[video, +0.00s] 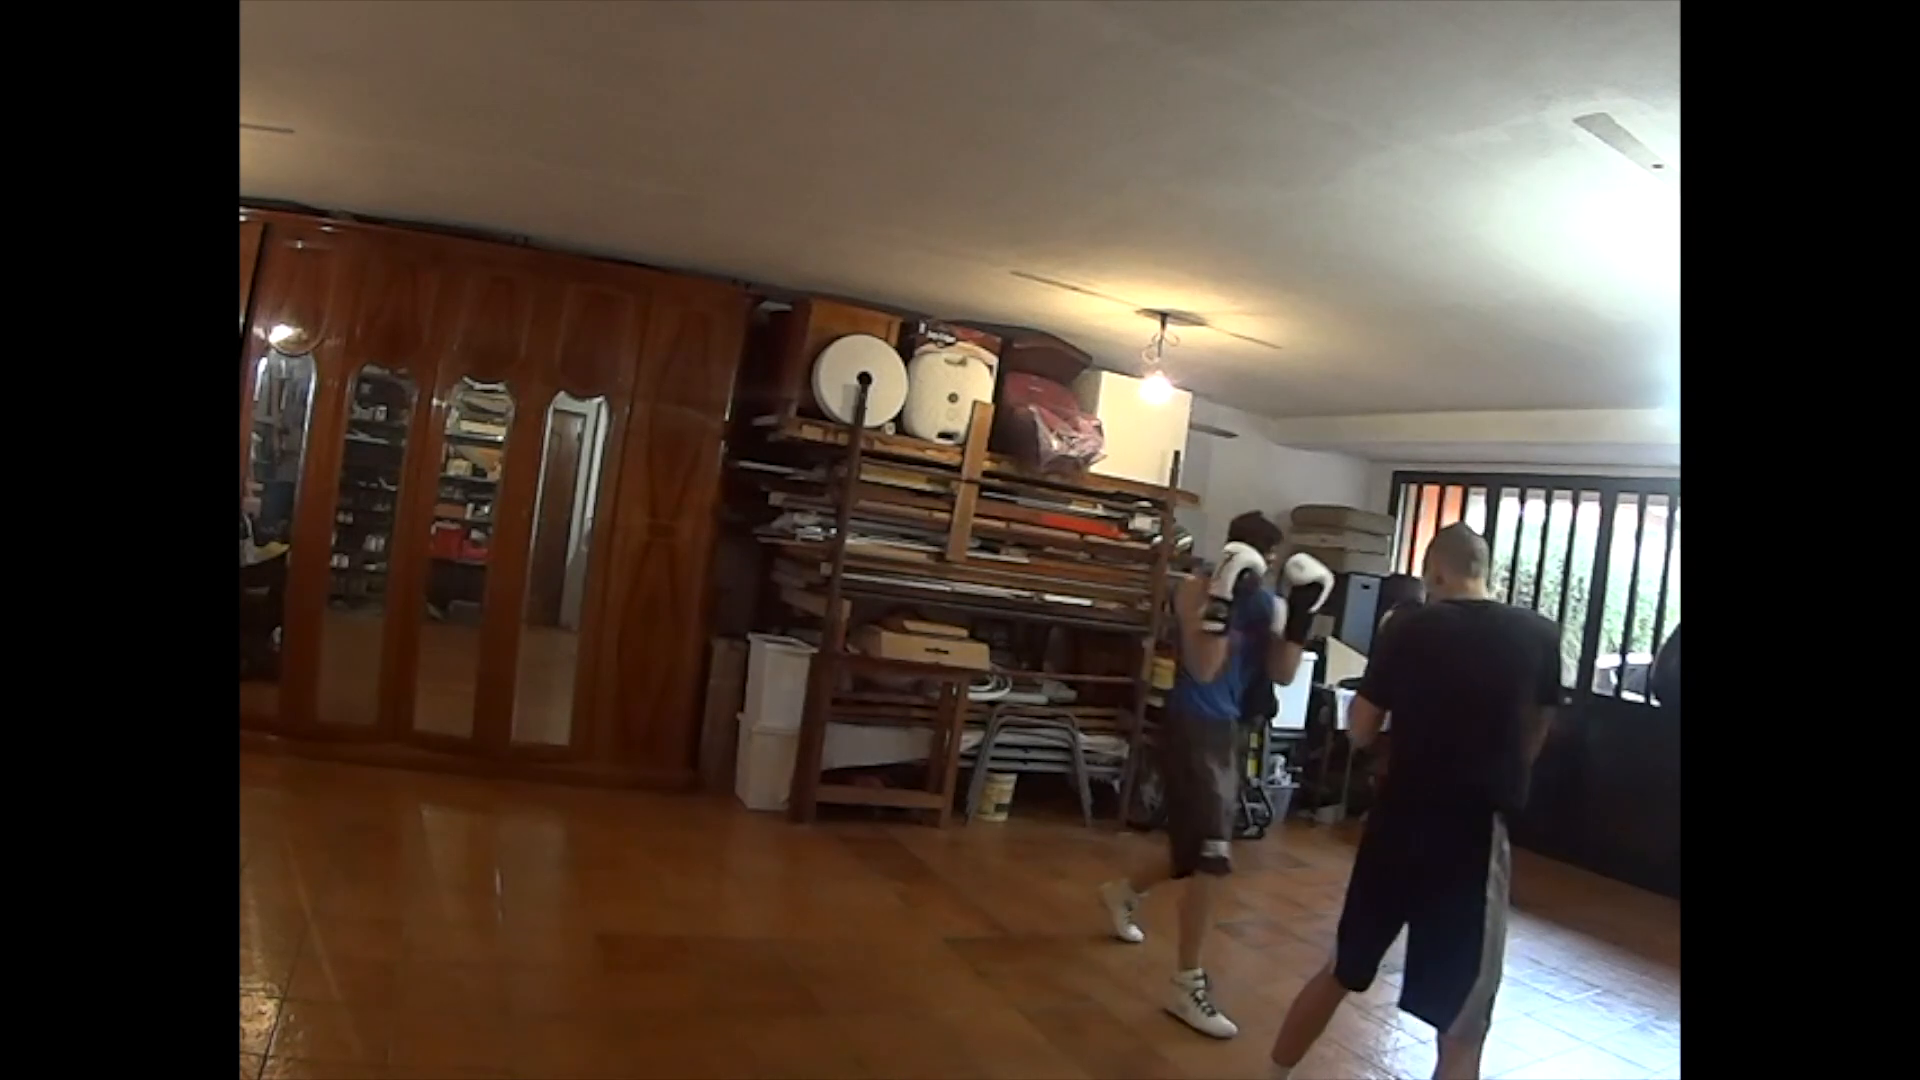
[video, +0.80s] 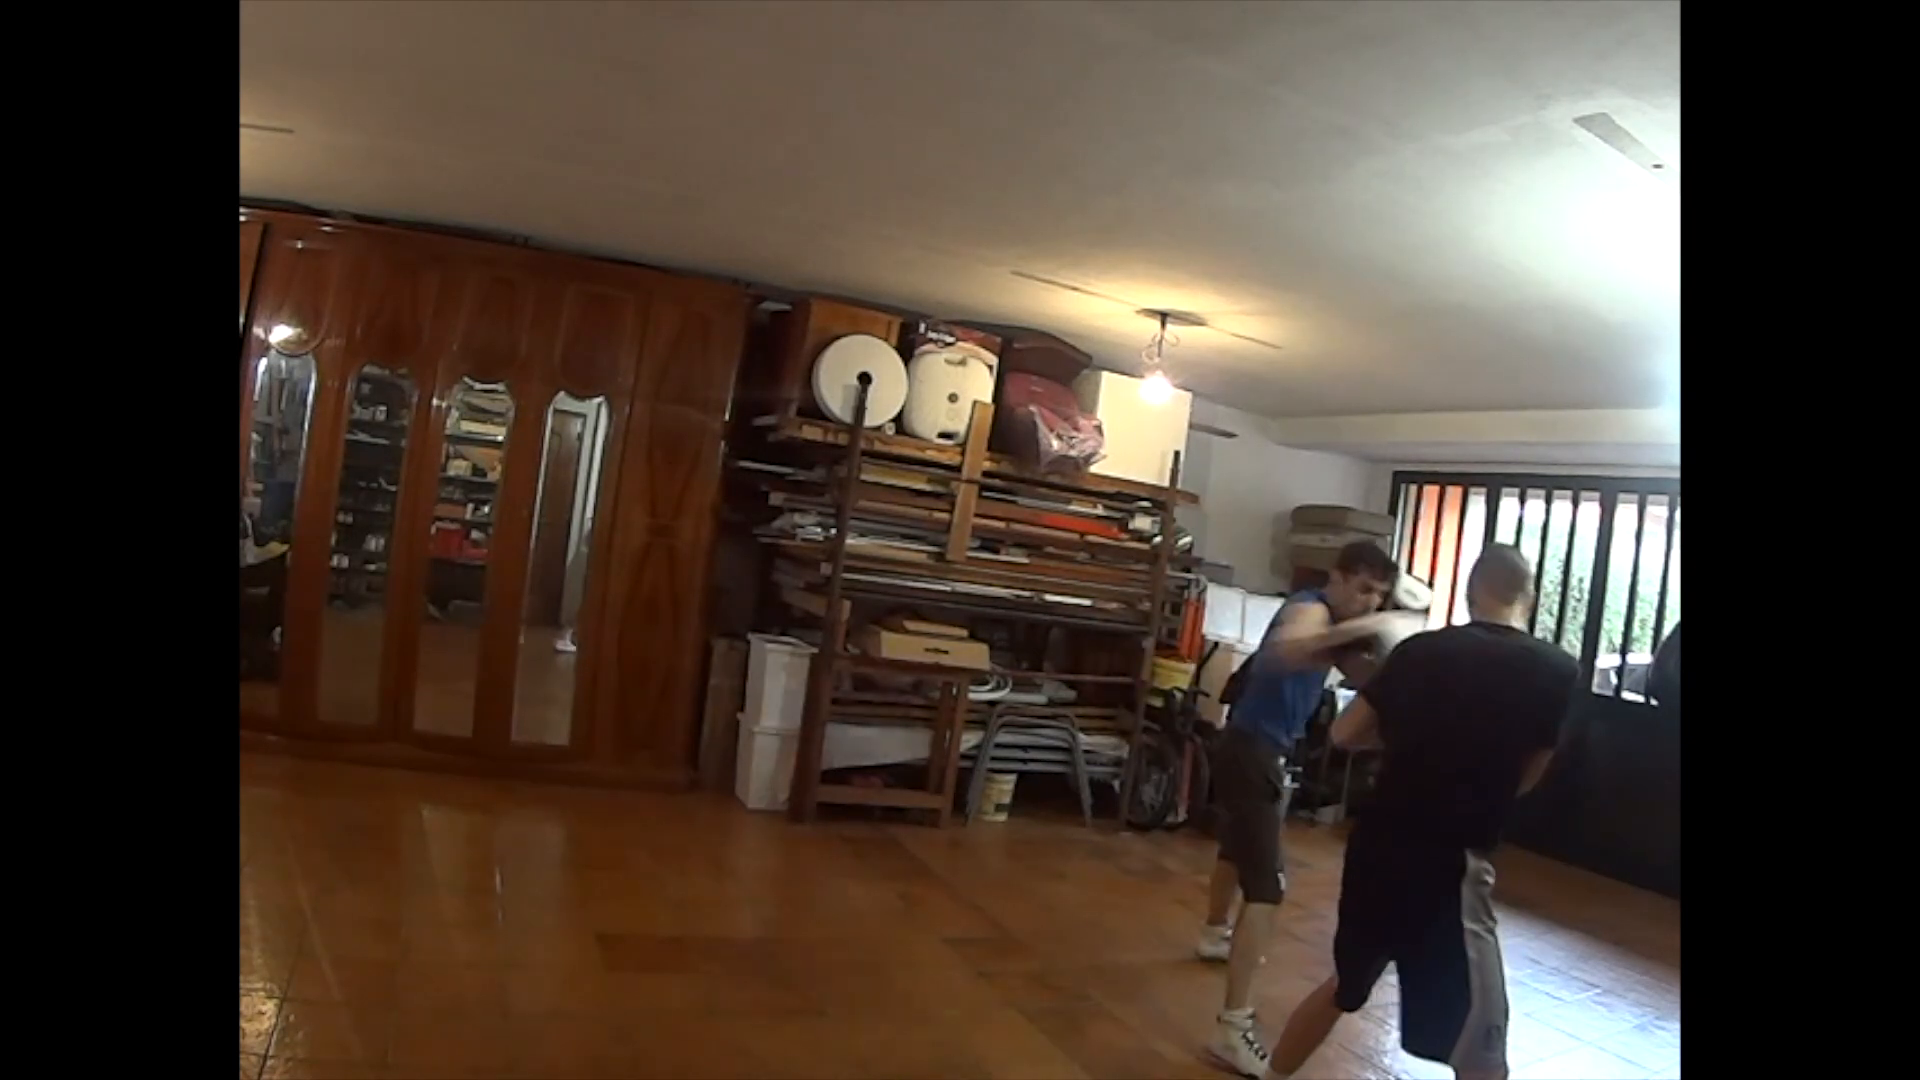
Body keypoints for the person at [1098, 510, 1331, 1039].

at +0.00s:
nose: (1269, 568)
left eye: (1272, 561)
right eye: (1266, 558)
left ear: (1265, 563)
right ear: (1241, 553)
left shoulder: (1260, 602)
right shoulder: (1195, 588)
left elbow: (1282, 670)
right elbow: (1202, 667)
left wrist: (1300, 613)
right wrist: (1221, 598)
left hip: (1226, 731)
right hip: (1192, 728)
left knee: (1199, 849)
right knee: (1210, 857)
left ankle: (1124, 890)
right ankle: (1188, 983)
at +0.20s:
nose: (1291, 565)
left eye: (1294, 559)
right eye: (1286, 555)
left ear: (1291, 561)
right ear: (1260, 549)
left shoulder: (1287, 594)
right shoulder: (1219, 587)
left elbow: (1311, 662)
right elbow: (1246, 663)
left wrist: (1323, 599)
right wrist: (1253, 588)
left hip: (1253, 729)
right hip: (1214, 727)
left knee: (1235, 840)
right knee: (1217, 864)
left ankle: (1182, 913)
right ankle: (1189, 983)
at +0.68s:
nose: (1342, 594)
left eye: (1349, 586)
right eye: (1336, 582)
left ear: (1350, 586)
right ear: (1308, 571)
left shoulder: (1331, 623)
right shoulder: (1262, 612)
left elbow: (1364, 683)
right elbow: (1224, 686)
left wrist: (1388, 623)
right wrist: (1270, 657)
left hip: (1282, 751)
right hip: (1248, 746)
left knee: (1262, 856)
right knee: (1275, 882)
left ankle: (1216, 933)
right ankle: (1244, 1010)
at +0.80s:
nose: (1368, 601)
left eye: (1375, 596)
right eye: (1364, 589)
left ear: (1375, 597)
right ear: (1337, 576)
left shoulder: (1335, 625)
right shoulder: (1310, 609)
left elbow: (1371, 677)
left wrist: (1404, 635)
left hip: (1257, 748)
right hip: (1253, 750)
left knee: (1235, 848)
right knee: (1265, 893)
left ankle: (1214, 932)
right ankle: (1235, 1023)